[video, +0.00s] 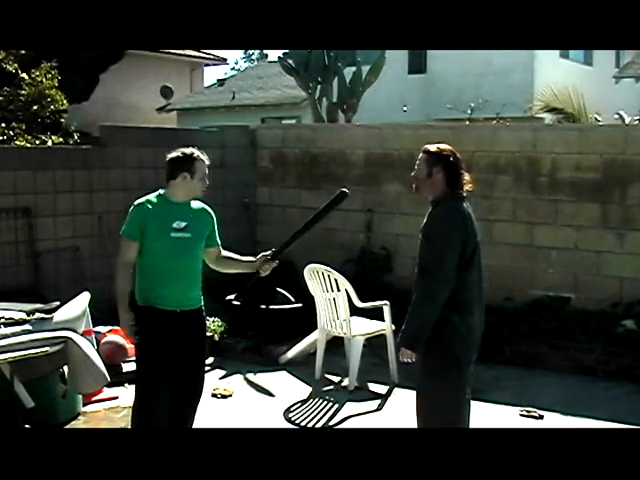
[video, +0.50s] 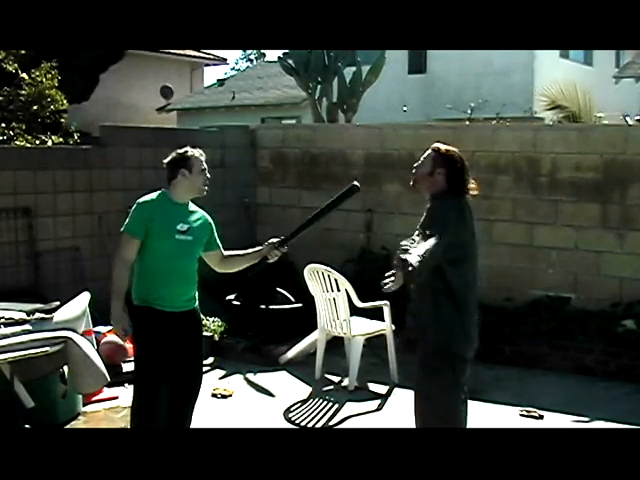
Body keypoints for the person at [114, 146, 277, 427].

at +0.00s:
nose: (207, 183)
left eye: (207, 177)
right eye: (203, 177)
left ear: (187, 178)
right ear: (184, 176)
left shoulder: (204, 215)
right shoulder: (144, 210)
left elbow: (216, 258)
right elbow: (126, 262)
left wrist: (255, 264)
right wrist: (124, 311)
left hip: (191, 317)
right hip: (154, 316)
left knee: (188, 392)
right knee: (153, 392)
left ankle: (179, 430)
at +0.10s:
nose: (209, 186)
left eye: (209, 180)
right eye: (205, 180)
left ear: (188, 179)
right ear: (185, 178)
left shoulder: (203, 216)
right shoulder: (143, 210)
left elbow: (216, 259)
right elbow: (121, 260)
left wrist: (259, 257)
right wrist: (117, 310)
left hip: (191, 320)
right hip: (153, 319)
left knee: (187, 396)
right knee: (152, 396)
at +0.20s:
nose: (208, 184)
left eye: (209, 178)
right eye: (204, 178)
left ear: (188, 178)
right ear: (185, 177)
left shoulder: (204, 218)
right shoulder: (143, 210)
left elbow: (215, 261)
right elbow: (121, 260)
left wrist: (257, 259)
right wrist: (110, 305)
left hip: (190, 318)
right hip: (152, 317)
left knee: (187, 393)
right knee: (152, 393)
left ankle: (178, 431)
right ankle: (146, 433)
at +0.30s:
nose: (207, 179)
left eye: (207, 173)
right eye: (202, 173)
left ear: (187, 176)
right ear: (181, 175)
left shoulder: (204, 219)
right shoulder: (145, 210)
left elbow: (213, 262)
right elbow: (121, 260)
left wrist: (257, 261)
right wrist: (110, 307)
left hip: (189, 318)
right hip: (151, 317)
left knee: (187, 392)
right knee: (152, 391)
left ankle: (177, 430)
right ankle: (147, 433)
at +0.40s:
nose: (208, 177)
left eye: (207, 171)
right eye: (202, 171)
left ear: (187, 176)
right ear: (181, 174)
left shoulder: (203, 218)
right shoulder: (146, 209)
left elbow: (216, 261)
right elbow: (123, 259)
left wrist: (260, 257)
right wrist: (112, 308)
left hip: (188, 317)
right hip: (150, 316)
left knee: (186, 390)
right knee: (152, 390)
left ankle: (177, 429)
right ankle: (146, 431)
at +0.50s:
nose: (208, 176)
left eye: (207, 171)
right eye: (202, 171)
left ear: (187, 176)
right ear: (182, 174)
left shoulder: (202, 220)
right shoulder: (147, 208)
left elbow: (220, 262)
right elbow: (123, 260)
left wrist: (262, 252)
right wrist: (118, 309)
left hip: (187, 318)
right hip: (150, 316)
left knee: (186, 391)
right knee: (152, 392)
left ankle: (177, 432)